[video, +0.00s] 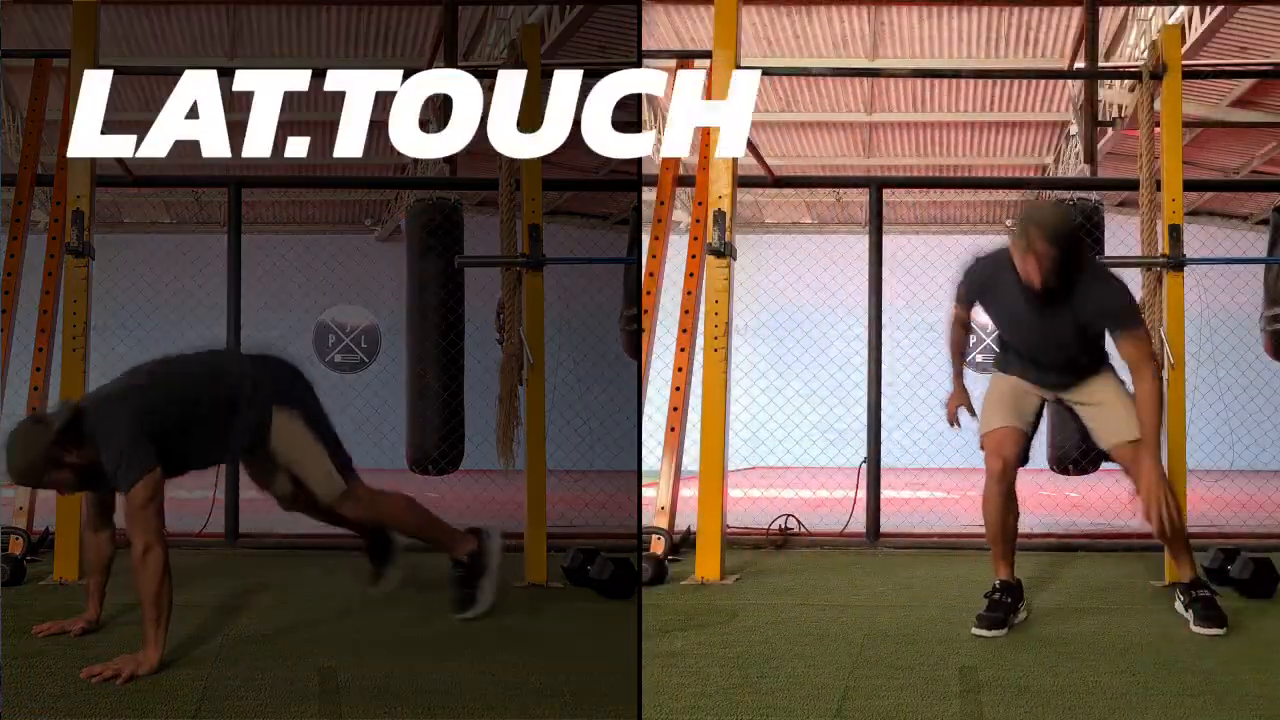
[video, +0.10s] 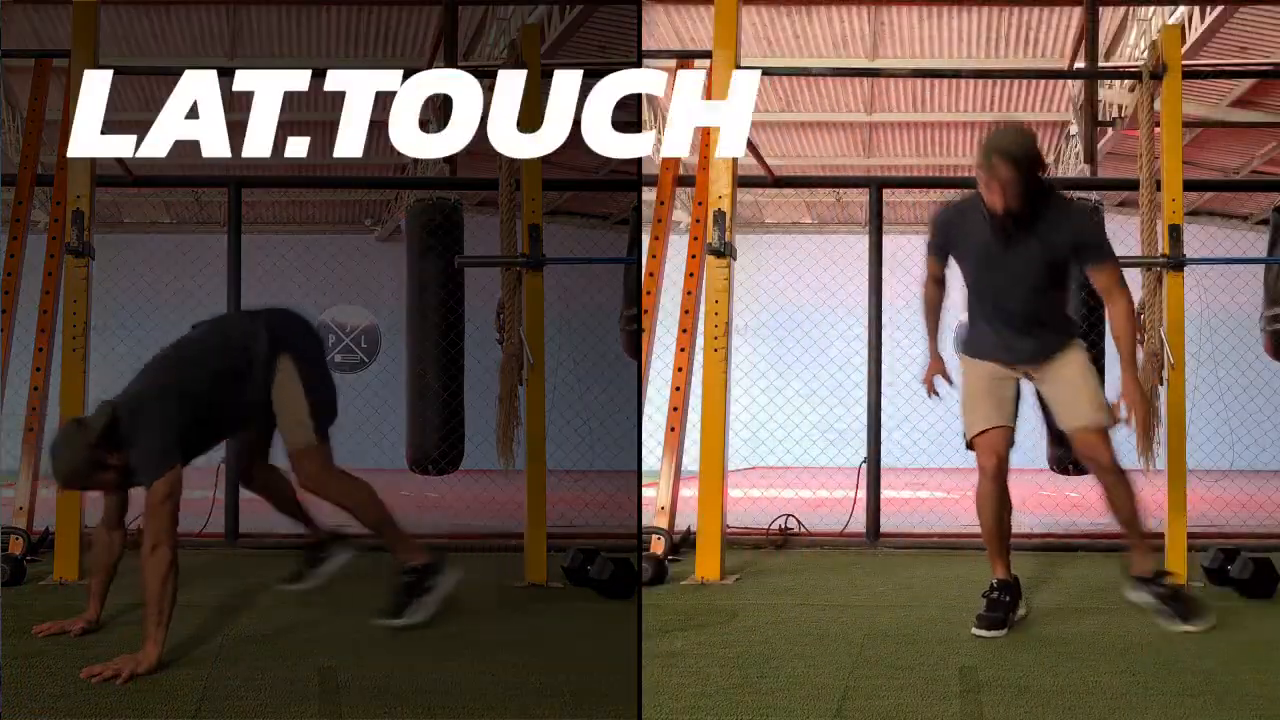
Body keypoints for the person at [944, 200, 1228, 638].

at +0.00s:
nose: (1035, 267)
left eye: (1045, 258)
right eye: (1027, 256)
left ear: (1063, 252)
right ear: (1013, 246)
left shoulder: (1100, 285)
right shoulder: (986, 273)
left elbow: (1146, 367)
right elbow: (960, 317)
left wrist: (1151, 462)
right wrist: (957, 381)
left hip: (1088, 374)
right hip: (1017, 371)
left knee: (1145, 470)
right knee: (998, 465)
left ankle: (1189, 581)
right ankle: (1004, 585)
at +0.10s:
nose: (994, 196)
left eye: (1004, 186)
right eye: (986, 184)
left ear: (1031, 177)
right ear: (977, 176)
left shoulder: (1072, 221)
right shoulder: (954, 221)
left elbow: (1116, 298)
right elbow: (934, 282)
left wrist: (1130, 376)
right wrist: (933, 350)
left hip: (1059, 350)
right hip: (987, 352)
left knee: (1100, 457)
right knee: (990, 462)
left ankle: (1145, 570)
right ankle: (1001, 583)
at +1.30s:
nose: (714, 349)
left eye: (724, 338)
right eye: (706, 336)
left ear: (743, 320)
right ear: (694, 319)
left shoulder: (781, 312)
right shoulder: (665, 334)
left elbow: (833, 317)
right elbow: (642, 409)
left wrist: (844, 374)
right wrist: (657, 448)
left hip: (767, 376)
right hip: (694, 380)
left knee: (777, 467)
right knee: (645, 455)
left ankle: (770, 595)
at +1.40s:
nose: (755, 252)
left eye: (766, 240)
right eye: (747, 238)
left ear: (785, 232)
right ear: (733, 227)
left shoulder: (824, 256)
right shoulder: (708, 262)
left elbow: (871, 281)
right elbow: (665, 343)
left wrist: (875, 360)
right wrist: (638, 426)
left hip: (797, 370)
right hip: (725, 367)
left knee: (792, 473)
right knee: (664, 467)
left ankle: (769, 598)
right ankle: (601, 552)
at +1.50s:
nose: (800, 180)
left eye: (812, 168)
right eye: (790, 167)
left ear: (830, 159)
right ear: (771, 157)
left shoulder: (861, 200)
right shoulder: (744, 202)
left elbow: (901, 243)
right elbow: (703, 284)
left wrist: (912, 318)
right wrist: (666, 356)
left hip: (829, 343)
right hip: (759, 334)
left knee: (808, 453)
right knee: (713, 438)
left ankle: (777, 592)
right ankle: (683, 553)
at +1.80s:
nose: (920, 138)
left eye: (929, 127)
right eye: (908, 127)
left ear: (940, 125)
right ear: (885, 122)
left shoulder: (965, 187)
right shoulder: (852, 183)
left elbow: (997, 255)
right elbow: (809, 253)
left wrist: (1016, 314)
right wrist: (778, 331)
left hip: (935, 352)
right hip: (860, 350)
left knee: (982, 466)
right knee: (826, 467)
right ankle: (800, 592)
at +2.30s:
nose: (1117, 332)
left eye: (1126, 320)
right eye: (1107, 320)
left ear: (1141, 309)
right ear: (1085, 303)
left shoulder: (1166, 339)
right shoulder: (1045, 306)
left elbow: (1195, 442)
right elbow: (1002, 324)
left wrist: (1194, 537)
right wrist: (980, 378)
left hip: (1132, 392)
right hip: (1053, 384)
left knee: (1185, 468)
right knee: (1025, 465)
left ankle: (1223, 595)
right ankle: (1036, 597)